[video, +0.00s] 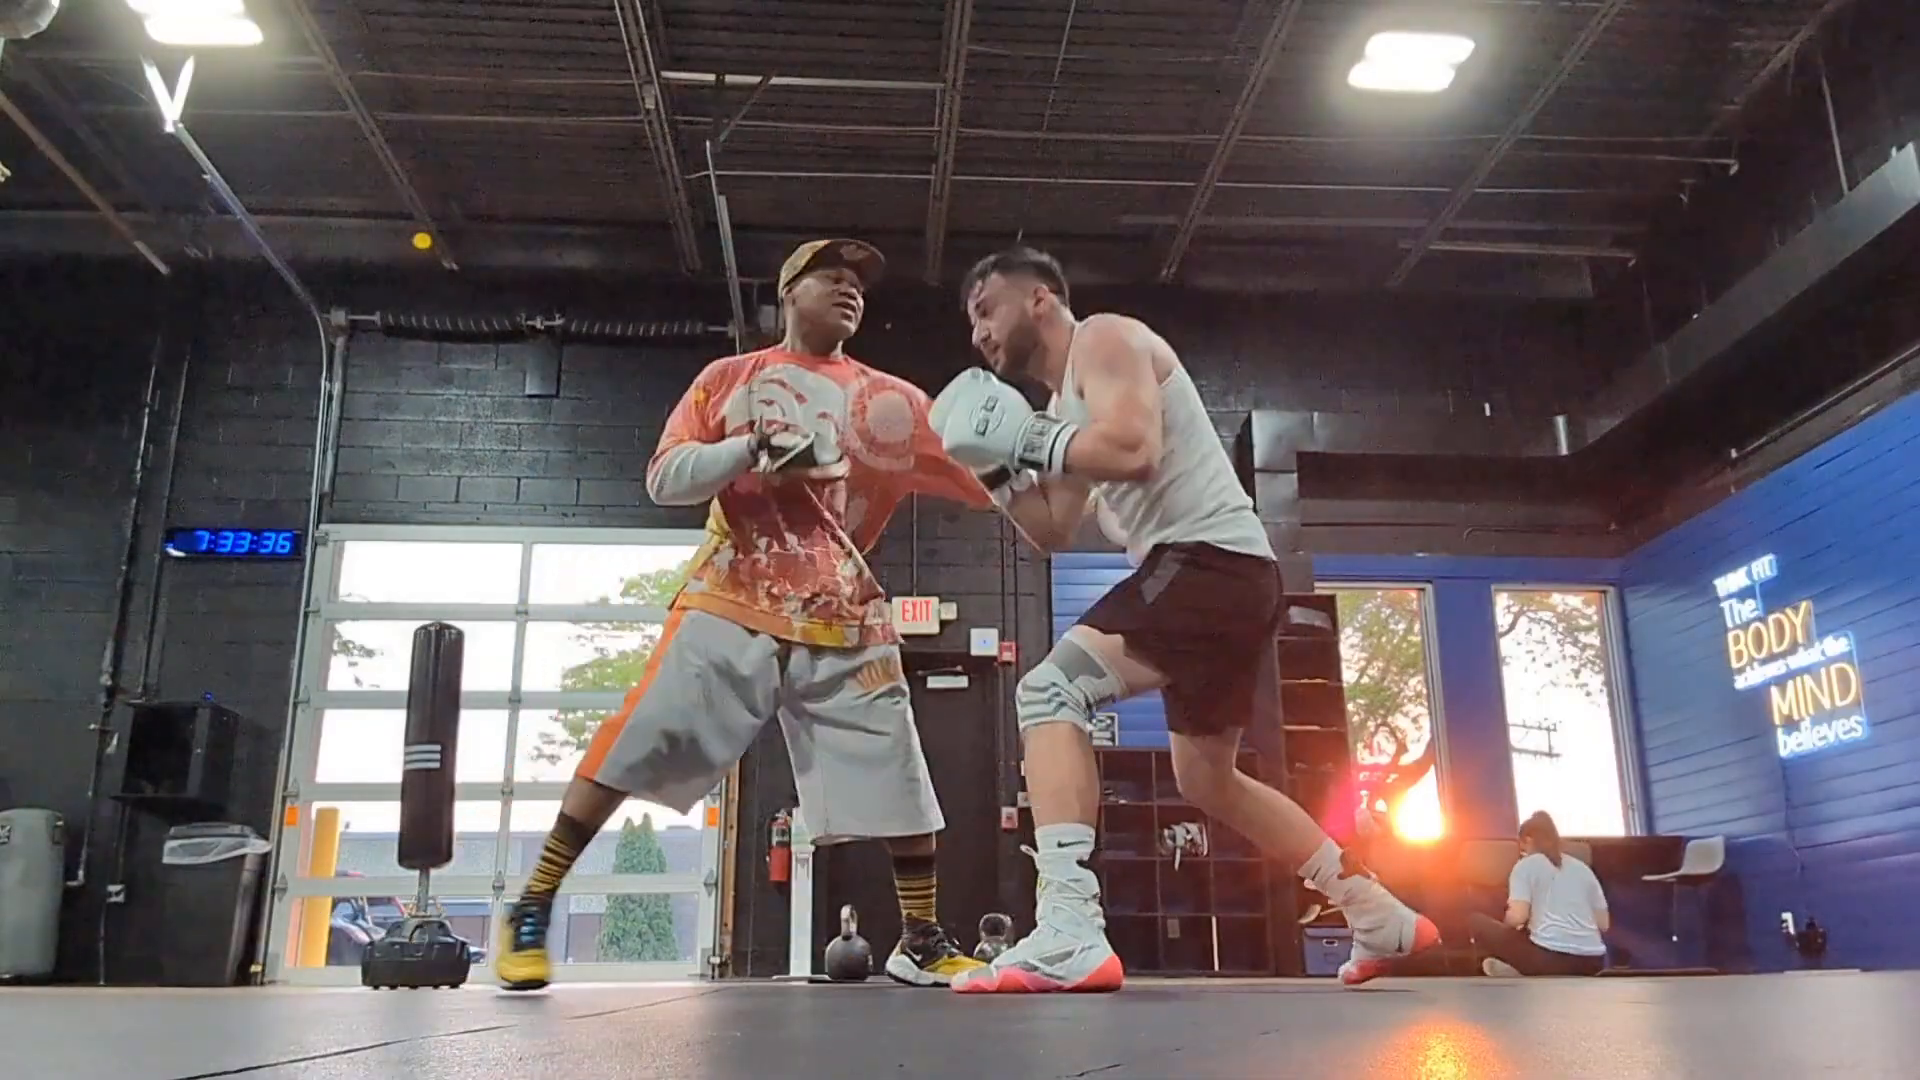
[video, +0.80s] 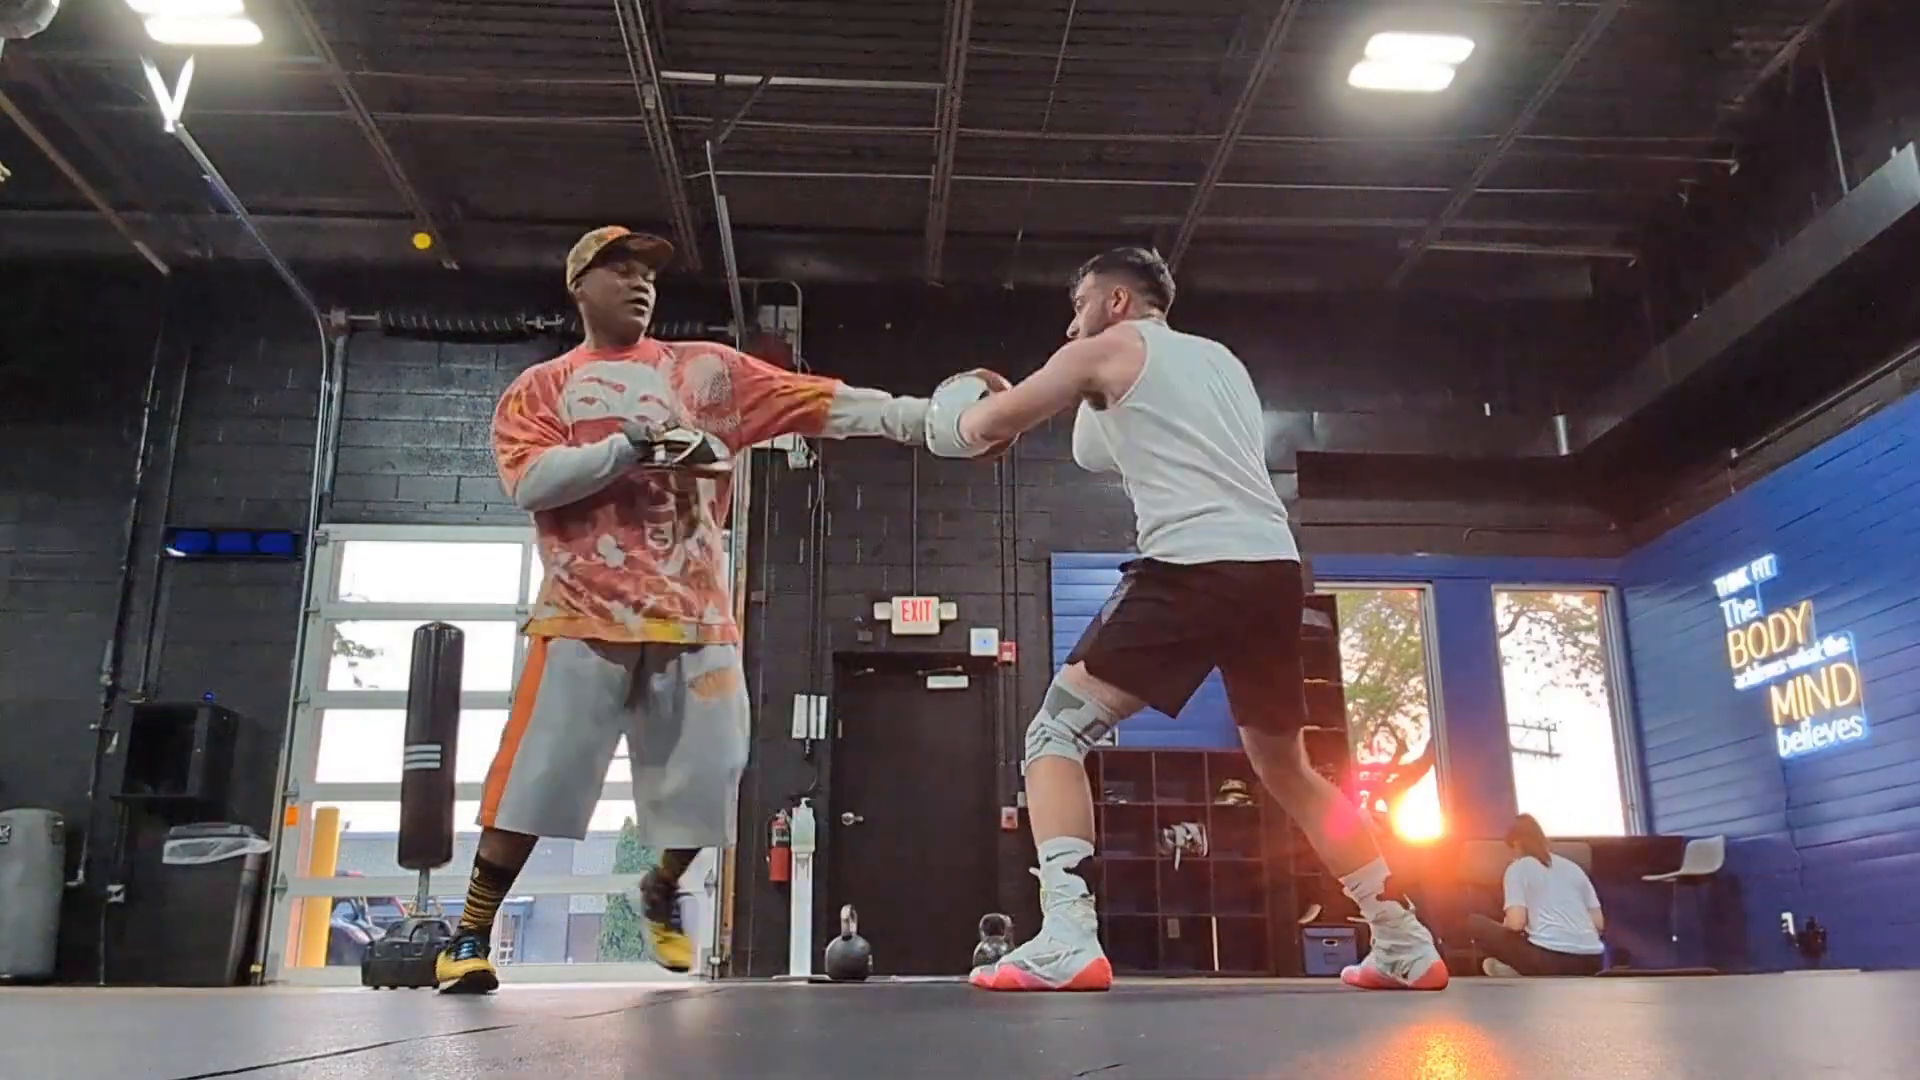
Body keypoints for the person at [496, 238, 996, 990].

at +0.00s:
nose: (851, 290)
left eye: (859, 284)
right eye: (834, 275)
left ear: (860, 308)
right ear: (789, 291)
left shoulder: (891, 400)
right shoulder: (731, 376)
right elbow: (665, 480)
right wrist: (753, 449)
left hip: (844, 606)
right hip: (734, 592)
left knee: (898, 768)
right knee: (646, 734)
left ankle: (922, 937)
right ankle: (530, 906)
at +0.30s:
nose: (853, 287)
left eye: (860, 280)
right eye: (836, 274)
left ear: (863, 300)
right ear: (792, 289)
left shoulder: (901, 377)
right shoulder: (747, 379)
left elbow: (980, 430)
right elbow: (720, 467)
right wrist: (790, 381)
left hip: (870, 603)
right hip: (761, 590)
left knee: (914, 748)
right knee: (661, 729)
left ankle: (932, 932)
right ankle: (541, 896)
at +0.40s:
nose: (843, 311)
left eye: (843, 300)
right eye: (828, 300)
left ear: (837, 317)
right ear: (785, 313)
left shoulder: (870, 407)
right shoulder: (731, 398)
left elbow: (897, 504)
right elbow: (754, 472)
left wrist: (910, 553)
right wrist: (786, 366)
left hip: (858, 625)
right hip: (746, 622)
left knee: (925, 774)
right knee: (637, 759)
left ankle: (931, 939)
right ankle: (510, 910)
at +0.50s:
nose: (801, 313)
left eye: (800, 304)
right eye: (783, 301)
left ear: (784, 323)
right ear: (733, 314)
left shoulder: (807, 409)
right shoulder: (701, 398)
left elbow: (807, 523)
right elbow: (804, 456)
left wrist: (849, 537)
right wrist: (869, 363)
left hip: (819, 627)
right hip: (709, 628)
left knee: (890, 763)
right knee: (608, 778)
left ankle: (929, 938)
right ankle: (492, 933)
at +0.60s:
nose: (742, 300)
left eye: (742, 290)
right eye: (724, 288)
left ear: (727, 307)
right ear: (675, 300)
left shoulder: (747, 396)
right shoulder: (640, 381)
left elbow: (749, 512)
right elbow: (739, 441)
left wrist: (830, 504)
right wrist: (850, 390)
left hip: (761, 619)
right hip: (657, 617)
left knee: (834, 759)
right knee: (570, 773)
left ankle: (897, 927)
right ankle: (476, 938)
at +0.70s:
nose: (687, 280)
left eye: (690, 270)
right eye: (667, 266)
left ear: (695, 291)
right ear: (620, 286)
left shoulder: (723, 377)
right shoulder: (579, 377)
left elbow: (784, 468)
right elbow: (599, 473)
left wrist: (887, 450)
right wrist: (707, 429)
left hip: (723, 606)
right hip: (615, 606)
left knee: (779, 753)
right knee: (549, 767)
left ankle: (770, 928)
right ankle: (472, 935)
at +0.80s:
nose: (642, 281)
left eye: (647, 271)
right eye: (621, 267)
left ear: (654, 291)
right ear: (578, 285)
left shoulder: (703, 368)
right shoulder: (538, 387)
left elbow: (817, 402)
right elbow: (529, 481)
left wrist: (932, 419)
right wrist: (627, 445)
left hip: (697, 612)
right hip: (584, 608)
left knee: (713, 768)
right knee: (538, 771)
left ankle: (660, 892)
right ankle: (472, 936)